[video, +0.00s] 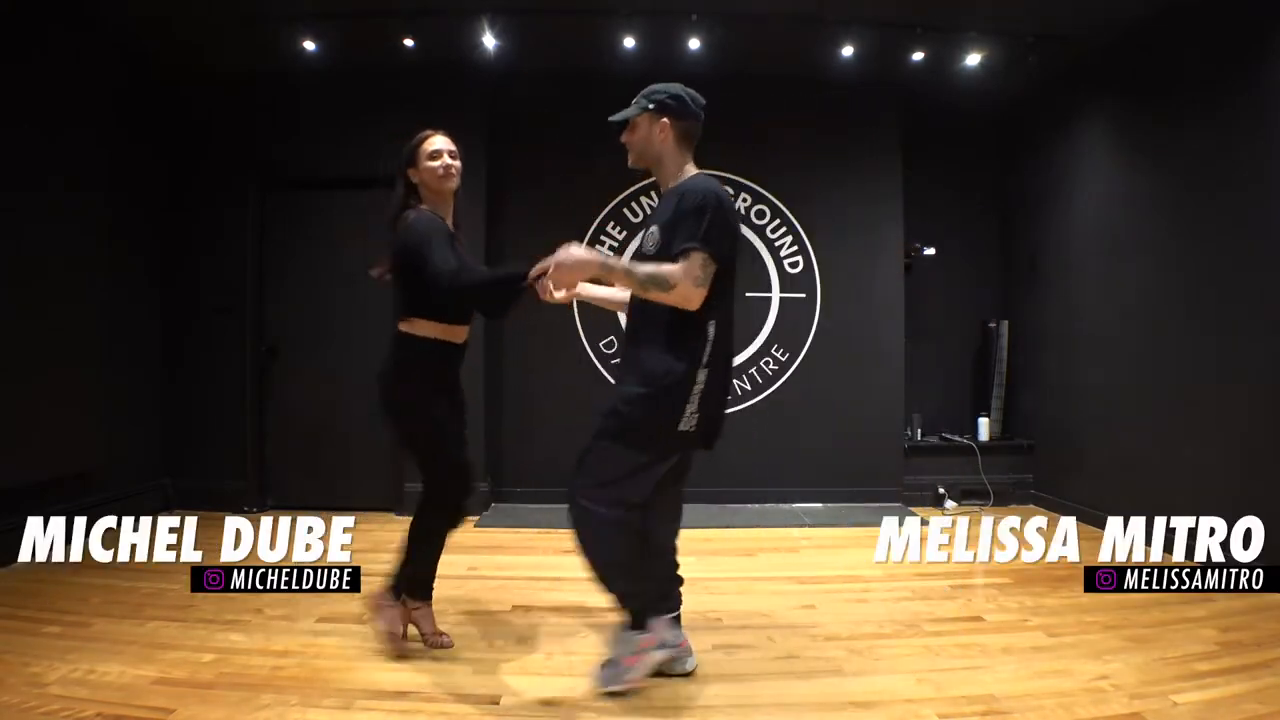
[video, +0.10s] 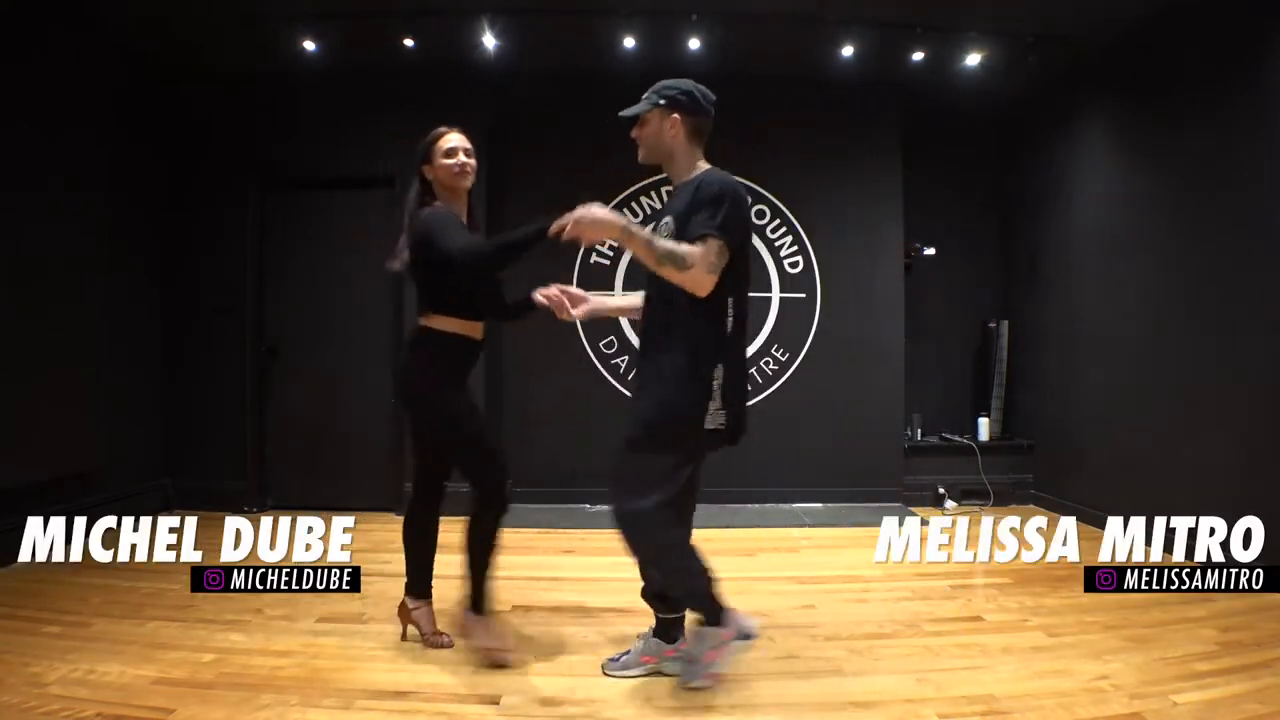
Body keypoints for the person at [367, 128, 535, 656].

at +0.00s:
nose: (448, 162)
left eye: (453, 155)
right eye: (435, 156)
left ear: (460, 169)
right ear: (413, 174)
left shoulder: (447, 233)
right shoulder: (418, 226)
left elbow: (491, 306)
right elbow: (454, 284)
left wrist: (531, 286)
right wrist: (530, 272)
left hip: (441, 368)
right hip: (414, 367)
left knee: (451, 486)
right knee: (446, 484)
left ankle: (418, 598)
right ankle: (394, 595)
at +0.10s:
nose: (463, 161)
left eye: (468, 154)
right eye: (450, 154)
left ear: (476, 167)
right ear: (428, 171)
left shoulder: (469, 230)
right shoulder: (432, 221)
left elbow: (489, 310)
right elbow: (473, 256)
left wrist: (536, 299)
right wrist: (550, 228)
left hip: (451, 365)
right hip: (431, 364)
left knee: (428, 486)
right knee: (492, 476)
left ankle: (416, 599)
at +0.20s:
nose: (476, 161)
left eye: (482, 154)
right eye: (464, 154)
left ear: (491, 167)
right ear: (441, 170)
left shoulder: (489, 232)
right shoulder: (445, 222)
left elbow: (510, 310)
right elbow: (498, 238)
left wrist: (558, 318)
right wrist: (568, 195)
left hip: (472, 367)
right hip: (451, 367)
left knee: (431, 488)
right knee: (515, 486)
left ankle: (416, 600)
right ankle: (532, 617)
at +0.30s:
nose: (499, 159)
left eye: (504, 152)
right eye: (486, 152)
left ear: (511, 165)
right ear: (462, 168)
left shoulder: (506, 226)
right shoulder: (472, 221)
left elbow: (532, 313)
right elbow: (528, 244)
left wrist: (593, 346)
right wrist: (592, 205)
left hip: (494, 368)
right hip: (481, 369)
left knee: (488, 486)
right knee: (529, 490)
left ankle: (433, 593)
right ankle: (534, 620)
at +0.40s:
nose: (513, 158)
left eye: (518, 152)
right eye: (500, 152)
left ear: (524, 167)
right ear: (475, 169)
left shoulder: (518, 230)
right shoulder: (489, 223)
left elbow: (551, 312)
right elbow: (549, 270)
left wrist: (619, 337)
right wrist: (618, 255)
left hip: (512, 368)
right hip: (489, 367)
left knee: (536, 491)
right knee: (522, 494)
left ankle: (467, 582)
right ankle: (531, 622)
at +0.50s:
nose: (532, 159)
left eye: (536, 152)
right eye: (518, 153)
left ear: (542, 166)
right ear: (494, 172)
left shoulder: (535, 229)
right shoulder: (510, 233)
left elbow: (572, 292)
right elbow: (572, 313)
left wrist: (630, 282)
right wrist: (645, 326)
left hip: (532, 374)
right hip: (502, 374)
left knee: (582, 488)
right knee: (519, 499)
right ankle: (529, 624)